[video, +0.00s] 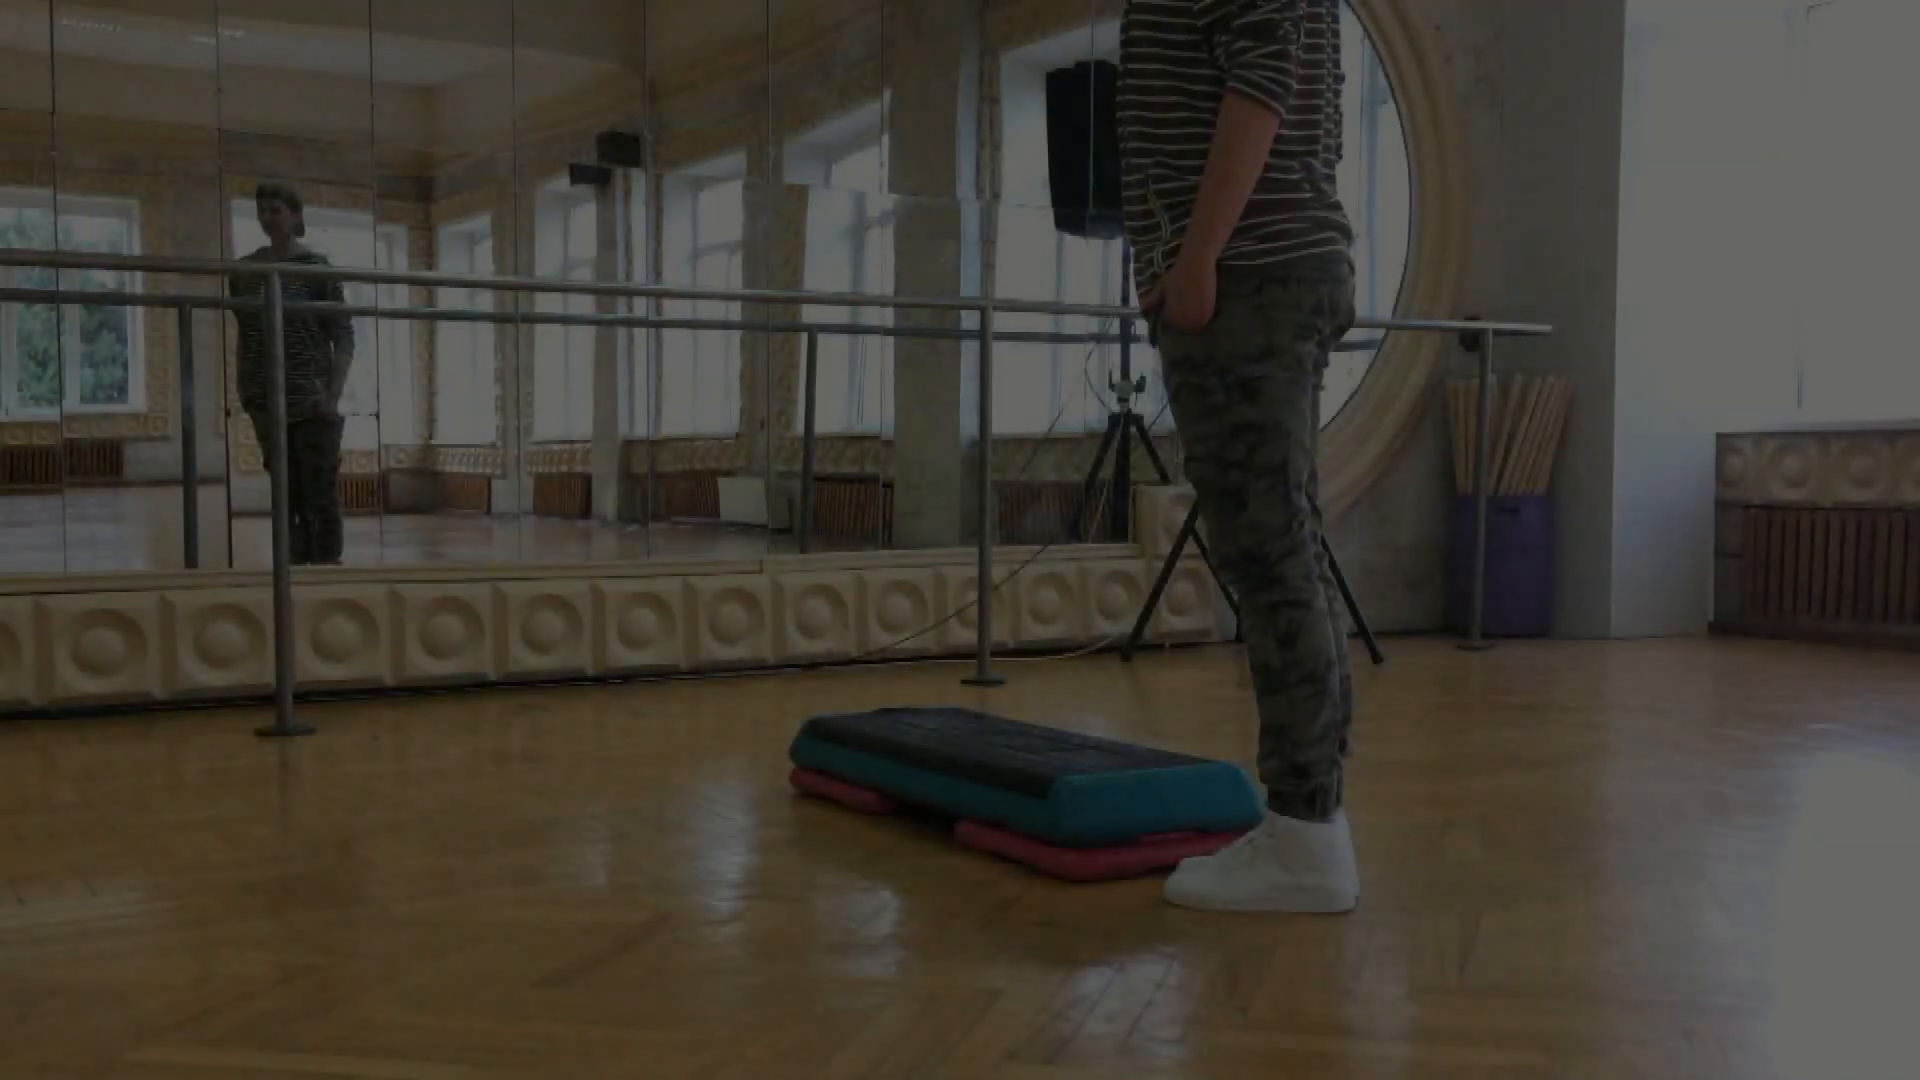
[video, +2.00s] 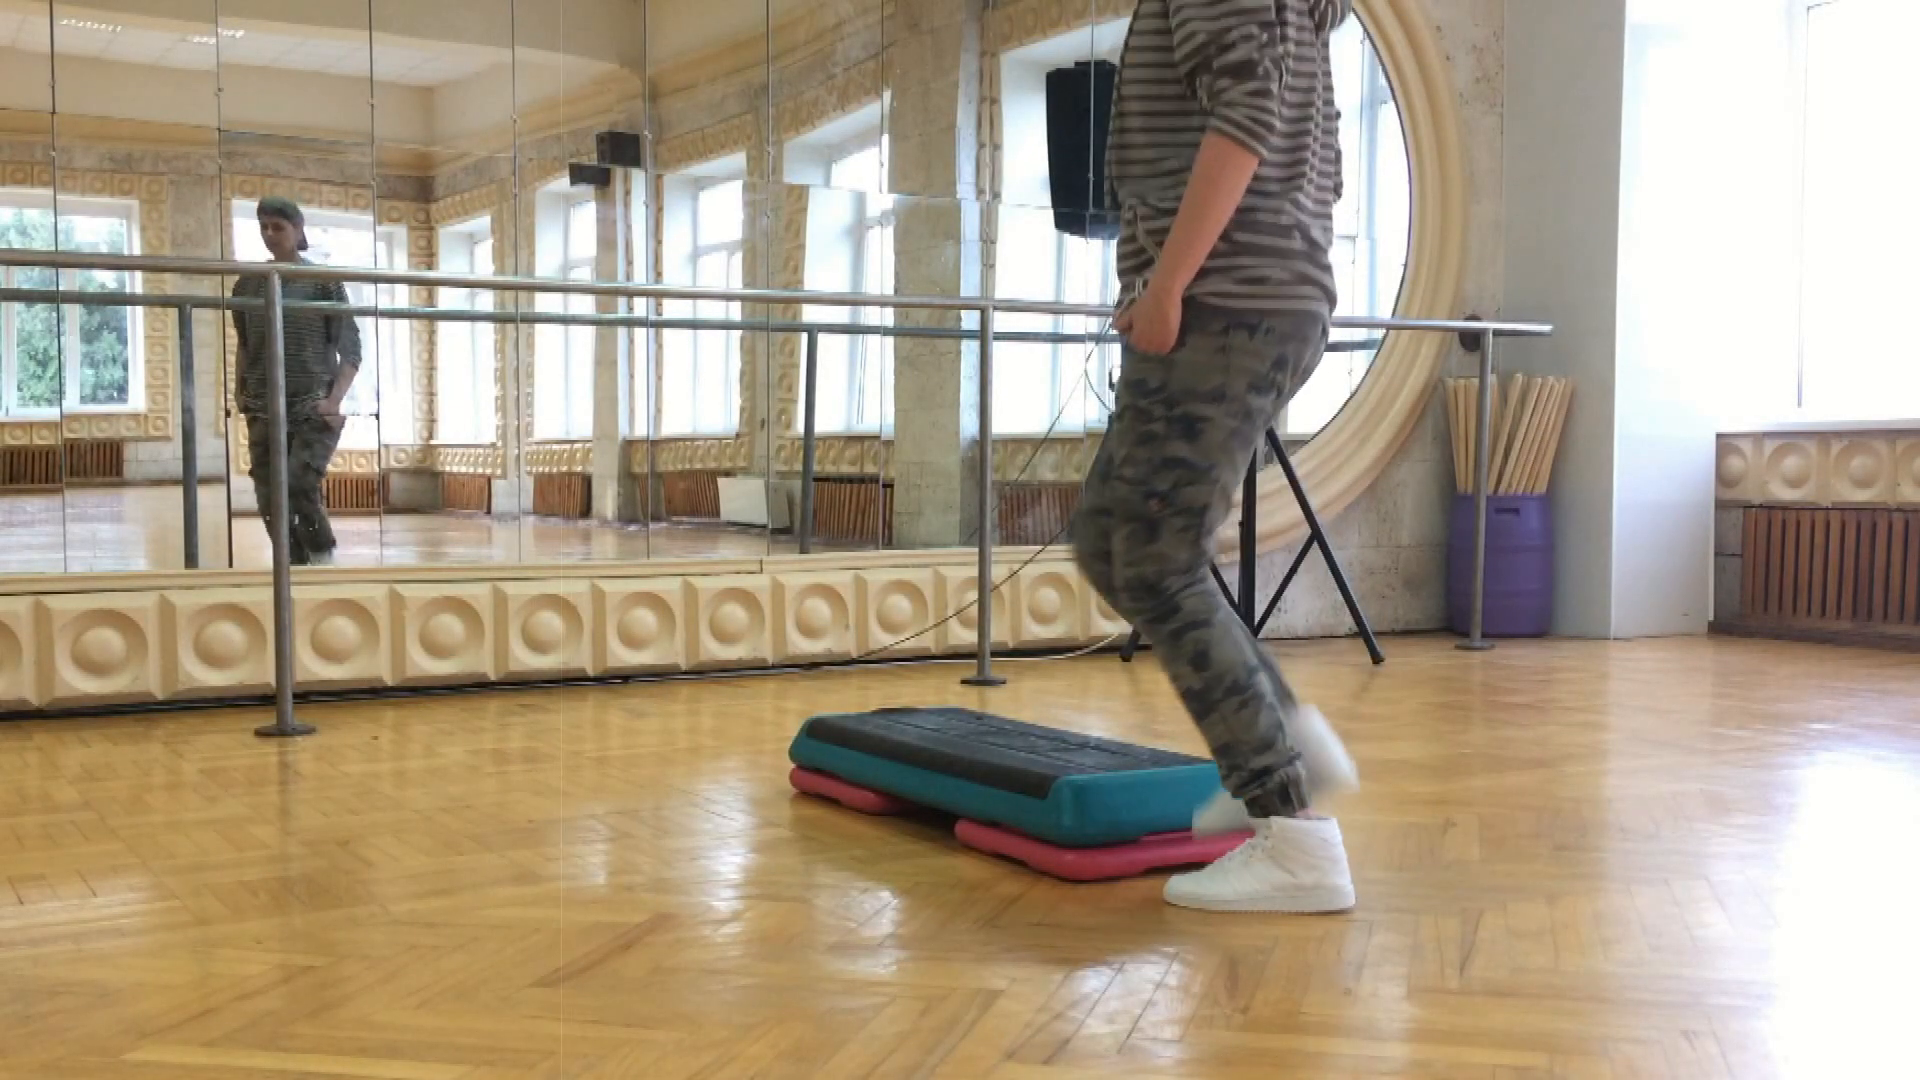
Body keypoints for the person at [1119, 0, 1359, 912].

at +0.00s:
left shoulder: (1246, 2)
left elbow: (1262, 83)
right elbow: (1258, 90)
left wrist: (1197, 257)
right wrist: (1182, 255)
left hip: (1249, 276)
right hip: (1250, 273)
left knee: (1264, 548)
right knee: (1272, 545)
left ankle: (1303, 835)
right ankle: (1306, 821)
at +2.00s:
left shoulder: (1220, 3)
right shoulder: (1291, 19)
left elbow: (1245, 119)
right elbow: (1317, 163)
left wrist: (1163, 286)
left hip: (1230, 301)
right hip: (1250, 302)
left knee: (1156, 561)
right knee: (1107, 538)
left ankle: (1294, 834)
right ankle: (1288, 736)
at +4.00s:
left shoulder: (837, 35)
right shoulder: (909, 47)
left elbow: (866, 178)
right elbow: (965, 207)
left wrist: (819, 314)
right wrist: (897, 283)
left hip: (867, 322)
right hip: (908, 320)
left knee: (792, 520)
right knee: (737, 464)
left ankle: (955, 671)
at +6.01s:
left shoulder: (1332, 31)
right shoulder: (1141, 86)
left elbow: (1398, 162)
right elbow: (1147, 232)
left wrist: (1404, 291)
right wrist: (1166, 355)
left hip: (1349, 332)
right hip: (1227, 372)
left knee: (1396, 496)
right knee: (1272, 569)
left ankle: (1345, 715)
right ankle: (1324, 743)